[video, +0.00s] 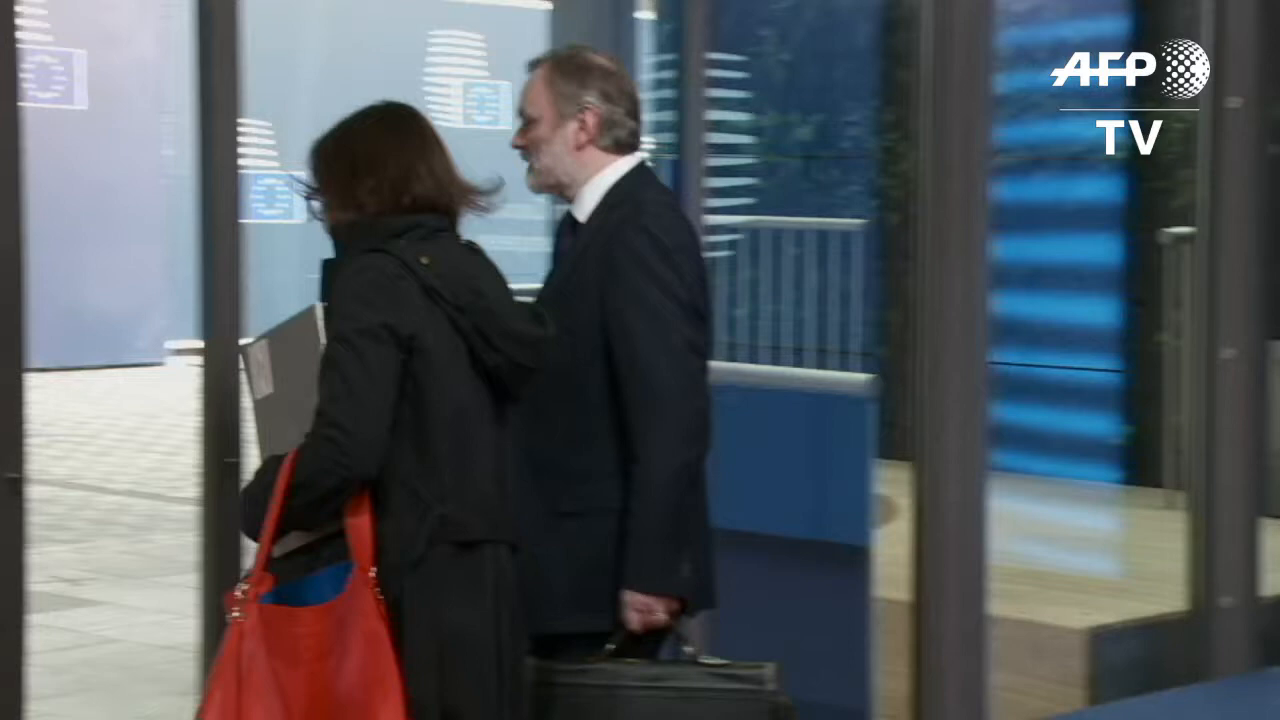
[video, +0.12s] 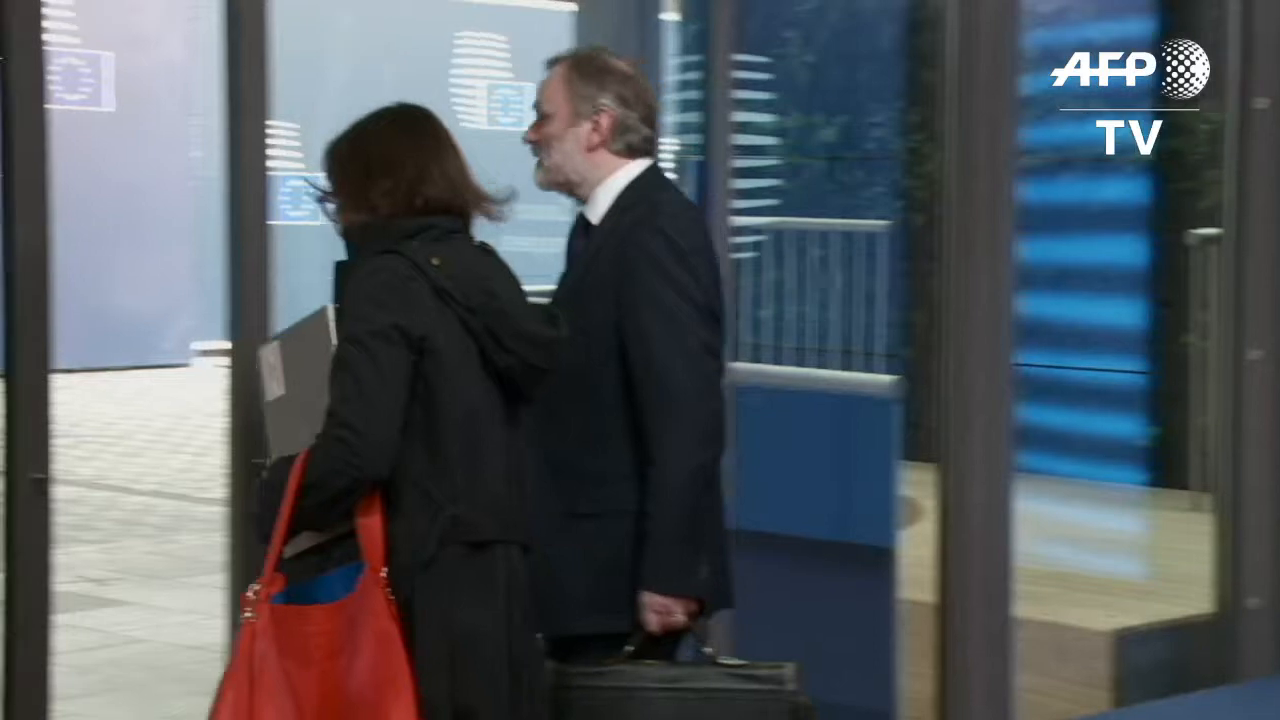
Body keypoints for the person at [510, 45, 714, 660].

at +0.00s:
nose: (517, 140)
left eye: (531, 122)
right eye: (521, 123)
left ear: (583, 127)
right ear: (582, 128)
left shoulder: (639, 228)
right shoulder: (592, 222)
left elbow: (668, 412)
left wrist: (650, 572)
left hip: (609, 569)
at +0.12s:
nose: (530, 135)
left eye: (544, 117)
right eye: (535, 117)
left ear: (597, 128)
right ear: (595, 129)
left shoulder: (655, 228)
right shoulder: (602, 224)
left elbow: (683, 411)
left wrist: (668, 572)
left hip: (626, 570)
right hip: (585, 559)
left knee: (617, 710)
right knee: (586, 707)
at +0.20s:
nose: (560, 119)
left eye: (577, 105)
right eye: (567, 104)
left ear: (627, 129)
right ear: (624, 130)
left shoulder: (680, 231)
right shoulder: (621, 229)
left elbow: (711, 409)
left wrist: (702, 575)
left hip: (655, 571)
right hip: (610, 559)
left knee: (646, 711)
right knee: (611, 709)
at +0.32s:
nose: (607, 105)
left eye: (627, 96)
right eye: (617, 92)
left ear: (672, 130)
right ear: (667, 131)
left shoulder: (707, 234)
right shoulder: (653, 228)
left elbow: (734, 419)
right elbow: (639, 400)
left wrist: (724, 581)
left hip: (676, 576)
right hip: (635, 565)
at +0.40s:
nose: (628, 101)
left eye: (649, 94)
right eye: (641, 89)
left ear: (694, 129)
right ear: (689, 130)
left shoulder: (721, 234)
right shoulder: (666, 226)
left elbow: (741, 420)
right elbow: (645, 397)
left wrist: (730, 583)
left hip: (682, 574)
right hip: (641, 564)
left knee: (677, 715)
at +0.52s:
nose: (653, 99)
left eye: (676, 93)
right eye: (667, 87)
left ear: (719, 131)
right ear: (714, 132)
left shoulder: (743, 236)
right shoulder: (690, 227)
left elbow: (757, 425)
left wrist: (744, 588)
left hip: (696, 574)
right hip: (658, 564)